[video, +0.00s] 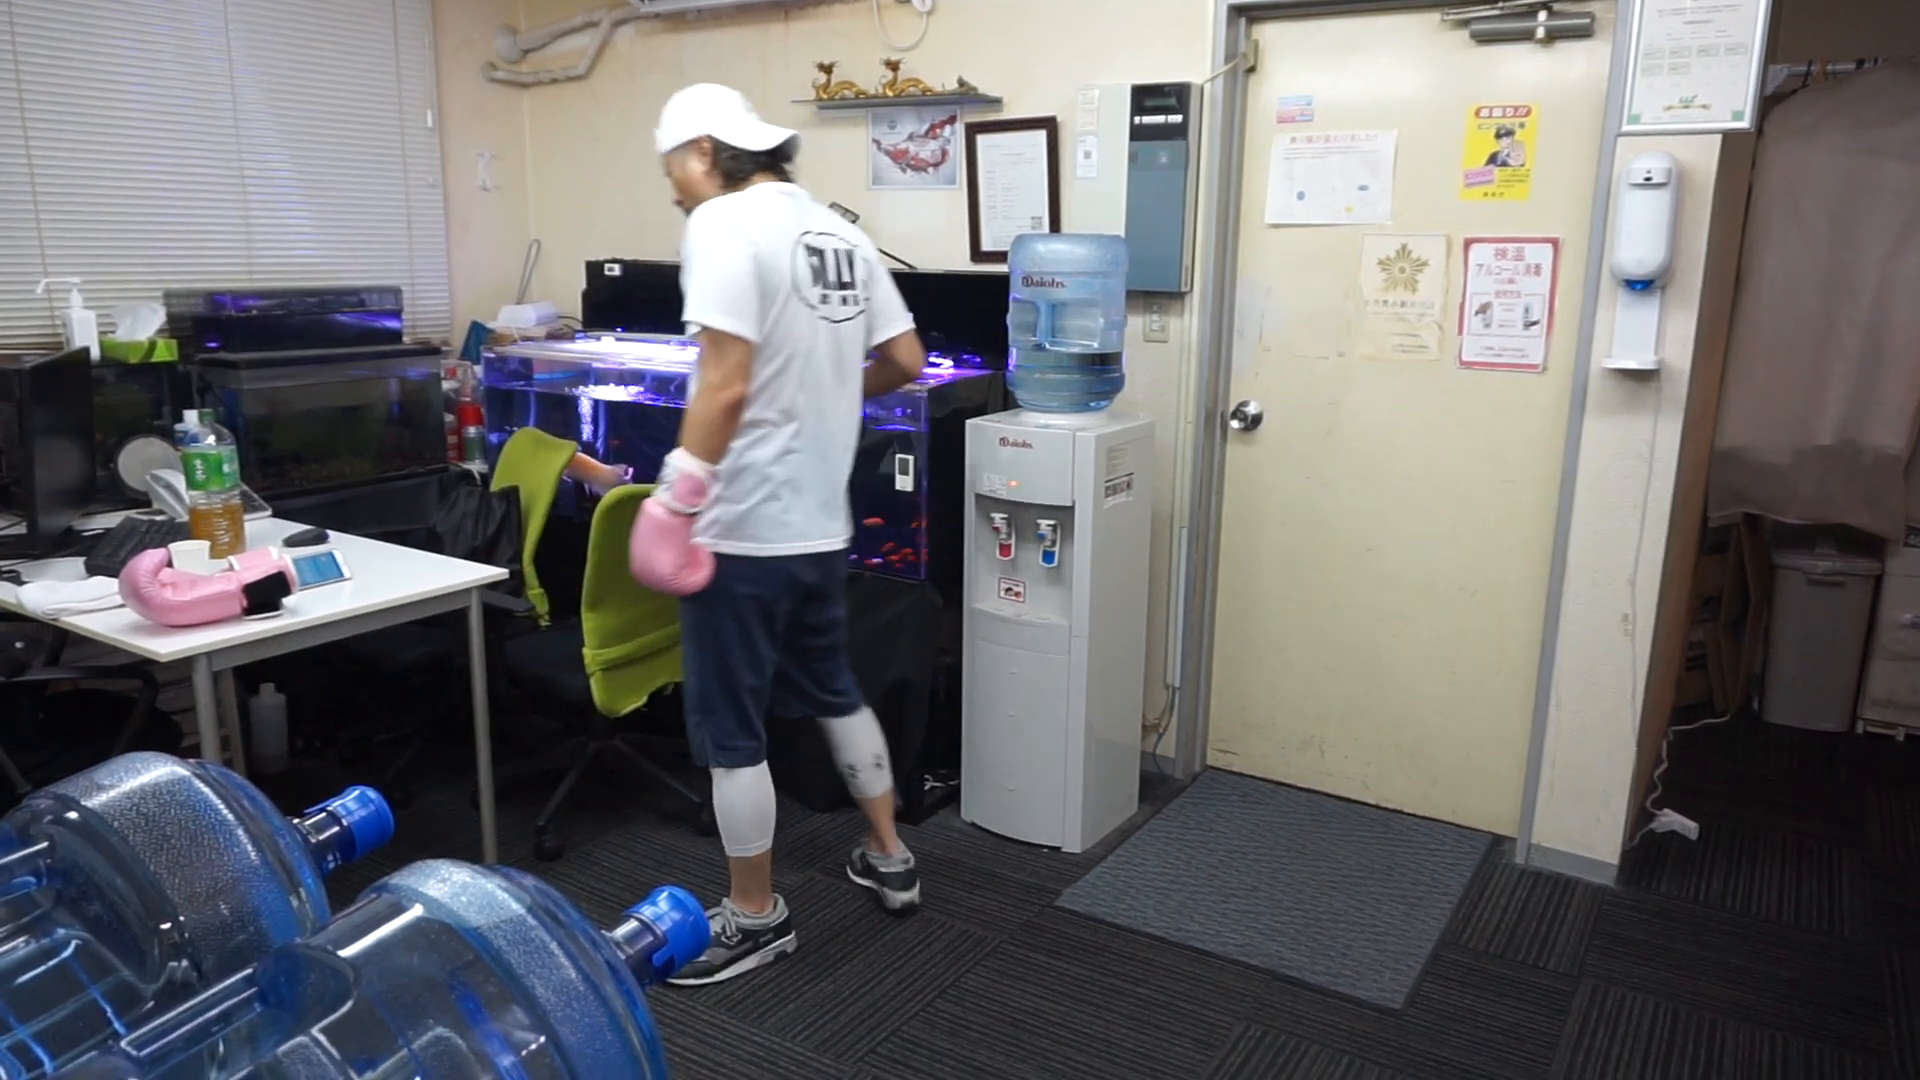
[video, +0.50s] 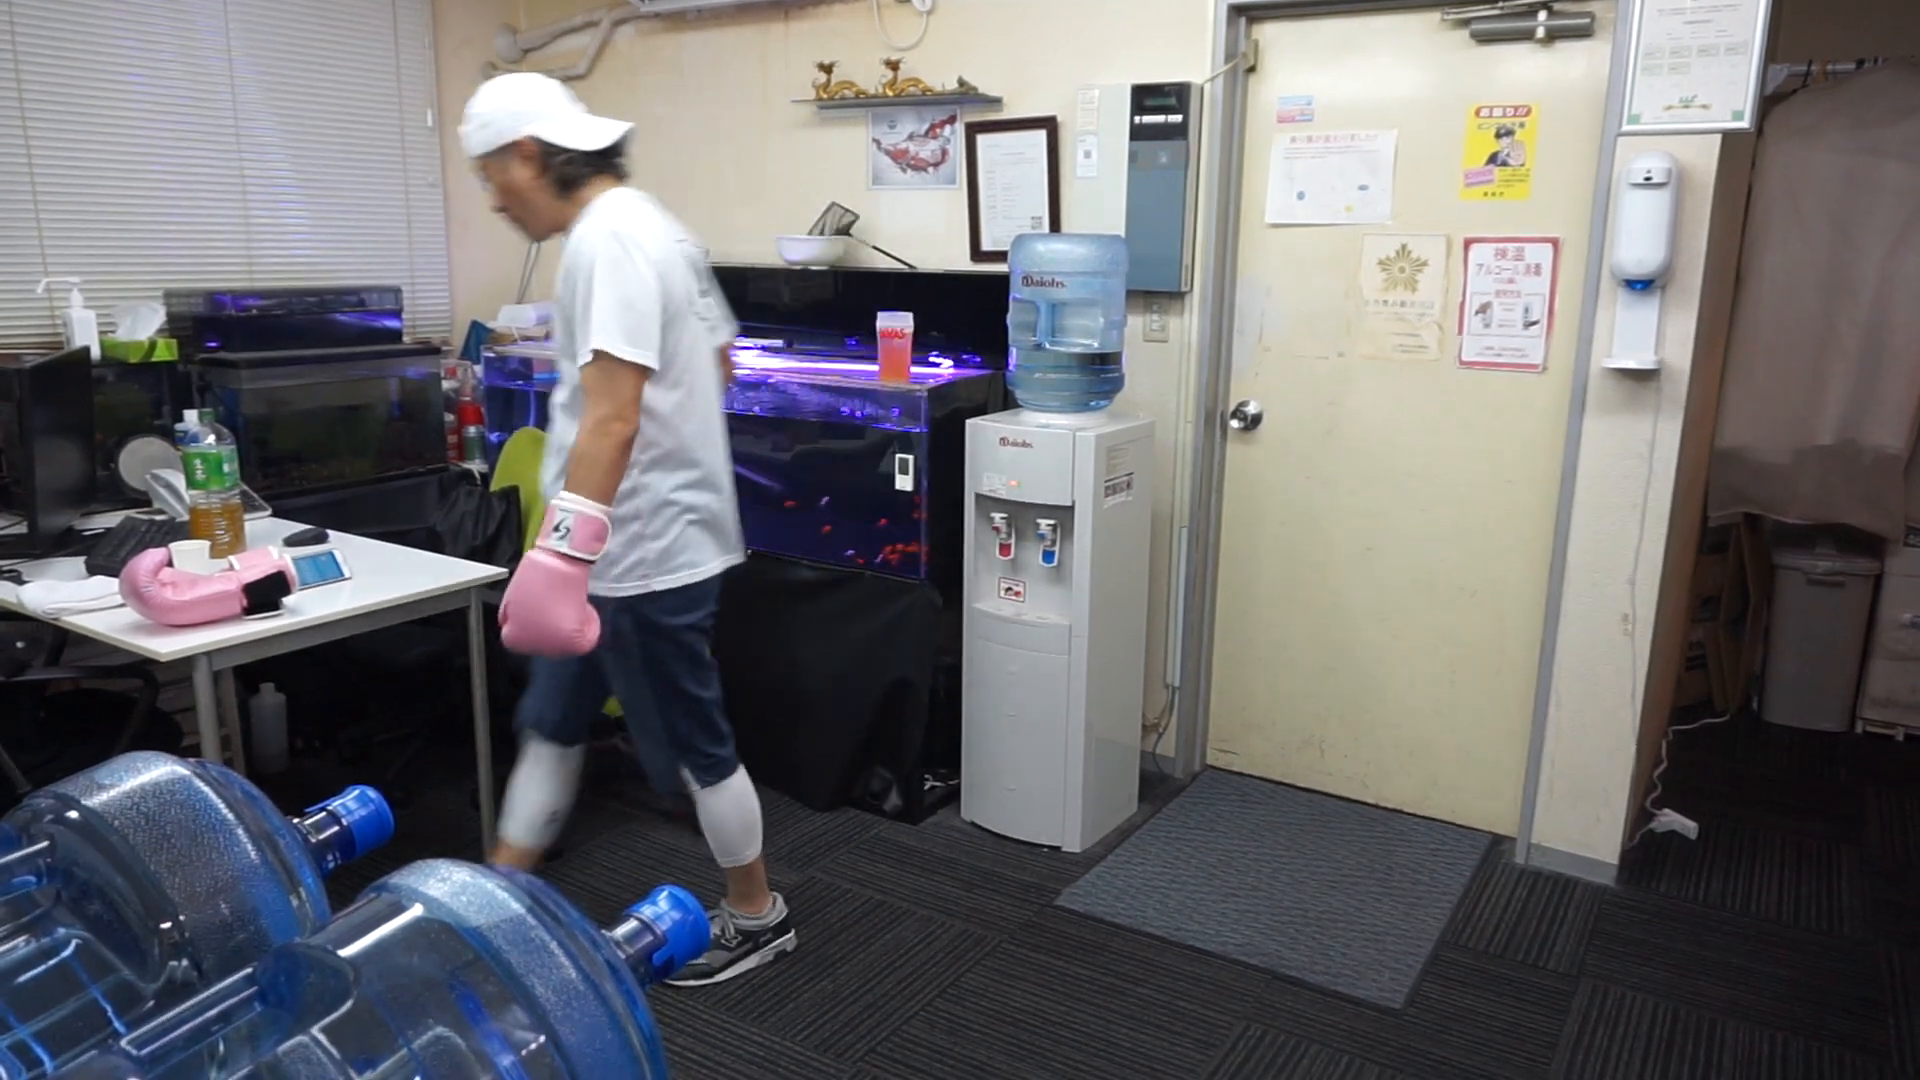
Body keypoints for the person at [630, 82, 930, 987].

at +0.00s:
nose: (671, 185)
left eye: (673, 166)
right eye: (669, 168)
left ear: (707, 154)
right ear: (752, 154)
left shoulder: (725, 226)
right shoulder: (840, 230)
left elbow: (726, 384)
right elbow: (903, 358)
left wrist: (674, 503)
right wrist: (819, 389)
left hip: (745, 529)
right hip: (822, 526)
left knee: (729, 725)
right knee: (834, 690)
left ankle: (755, 912)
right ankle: (891, 857)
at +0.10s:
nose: (643, 193)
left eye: (643, 171)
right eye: (639, 174)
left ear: (678, 154)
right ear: (714, 155)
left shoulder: (700, 229)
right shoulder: (813, 232)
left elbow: (694, 392)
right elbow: (879, 365)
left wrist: (641, 510)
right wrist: (791, 407)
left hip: (721, 529)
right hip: (792, 526)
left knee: (725, 731)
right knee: (788, 686)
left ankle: (754, 913)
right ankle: (869, 840)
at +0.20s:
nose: (611, 191)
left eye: (612, 169)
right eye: (607, 172)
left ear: (649, 150)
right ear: (681, 151)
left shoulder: (676, 232)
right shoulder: (786, 230)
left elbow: (663, 401)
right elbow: (832, 379)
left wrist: (609, 524)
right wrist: (760, 448)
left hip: (702, 532)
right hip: (768, 523)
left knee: (716, 726)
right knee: (735, 688)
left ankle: (754, 912)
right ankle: (806, 832)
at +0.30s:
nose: (577, 189)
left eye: (577, 167)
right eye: (572, 170)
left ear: (616, 147)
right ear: (644, 150)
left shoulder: (655, 233)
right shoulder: (747, 225)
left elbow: (643, 402)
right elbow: (800, 376)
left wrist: (585, 535)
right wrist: (741, 463)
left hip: (688, 538)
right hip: (738, 526)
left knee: (710, 731)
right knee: (647, 687)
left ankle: (759, 912)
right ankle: (702, 860)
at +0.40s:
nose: (536, 191)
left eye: (539, 170)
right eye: (531, 174)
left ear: (581, 152)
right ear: (608, 152)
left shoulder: (633, 237)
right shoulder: (701, 222)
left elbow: (625, 415)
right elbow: (769, 366)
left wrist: (568, 546)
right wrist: (699, 452)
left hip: (671, 546)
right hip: (683, 530)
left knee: (705, 737)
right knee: (590, 696)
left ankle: (756, 914)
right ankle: (593, 881)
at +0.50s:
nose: (493, 198)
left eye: (494, 175)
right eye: (485, 181)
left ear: (537, 154)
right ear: (554, 156)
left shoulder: (609, 241)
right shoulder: (649, 227)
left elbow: (613, 418)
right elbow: (716, 356)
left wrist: (563, 552)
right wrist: (647, 451)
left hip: (648, 557)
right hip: (623, 552)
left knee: (698, 745)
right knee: (550, 724)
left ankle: (756, 911)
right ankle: (496, 903)